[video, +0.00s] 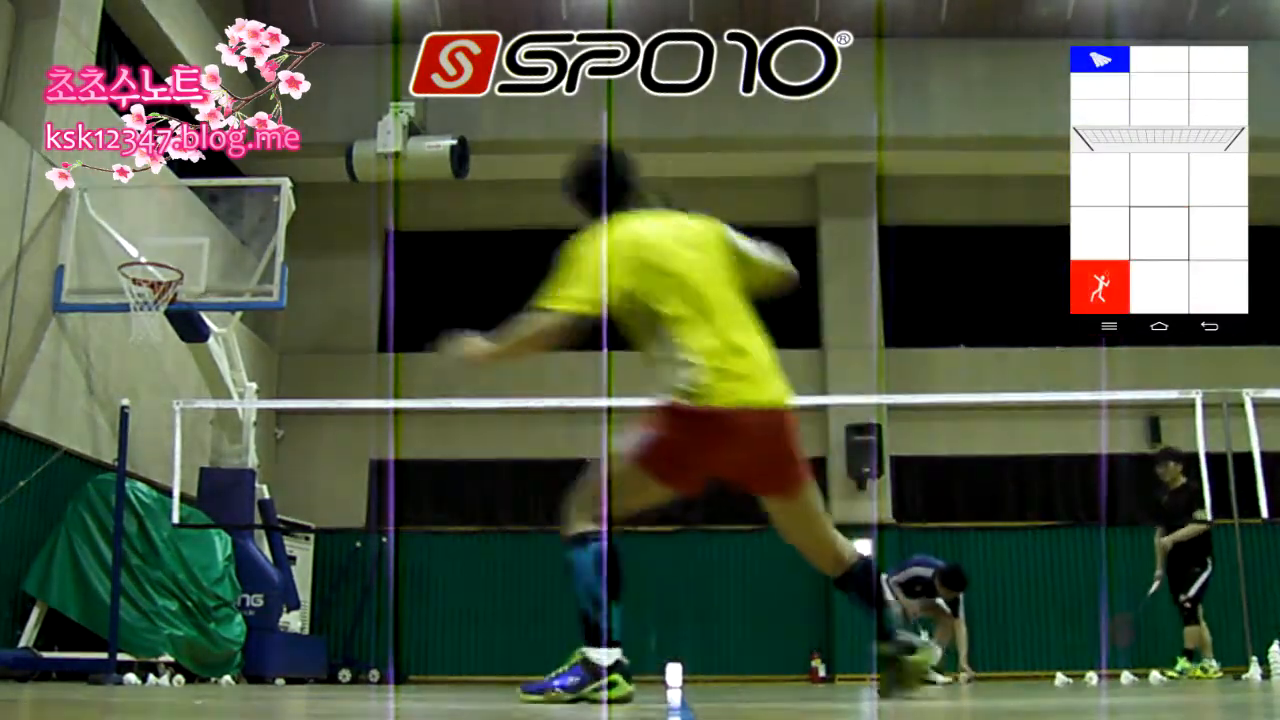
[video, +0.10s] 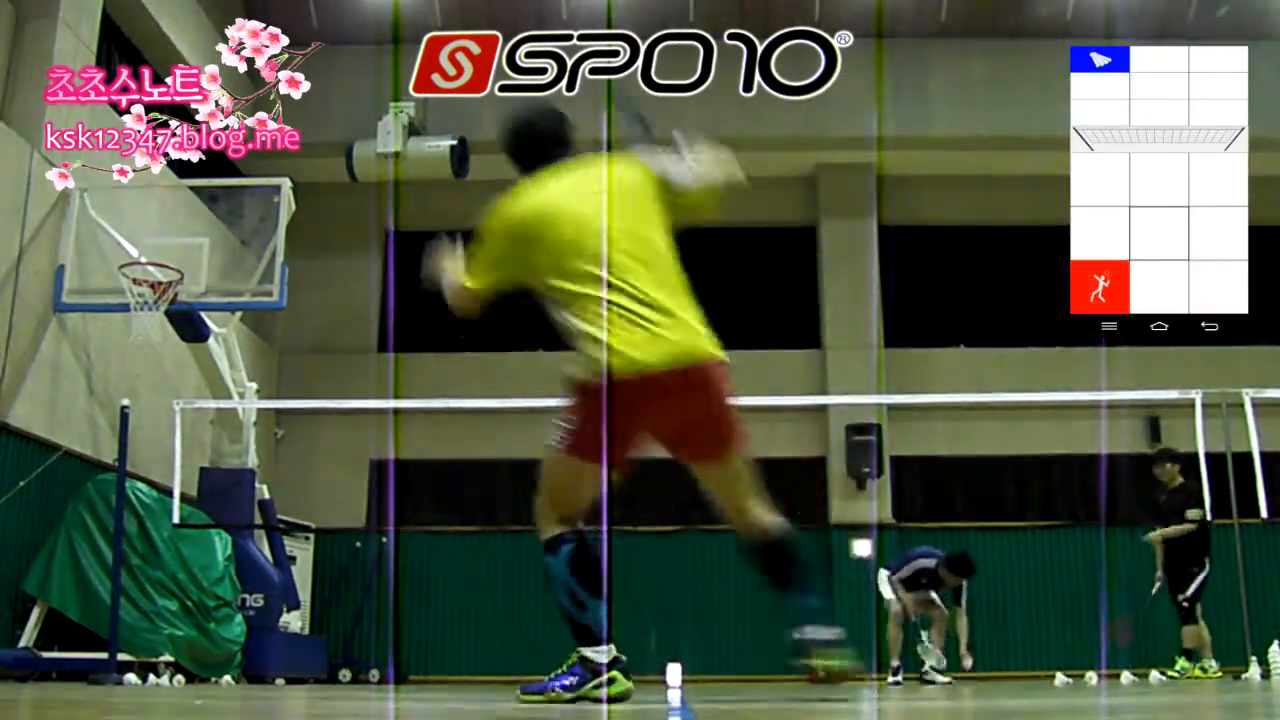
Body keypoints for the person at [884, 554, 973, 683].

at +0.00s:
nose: (950, 598)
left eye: (953, 595)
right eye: (948, 593)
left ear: (957, 591)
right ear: (939, 583)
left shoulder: (955, 591)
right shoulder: (920, 570)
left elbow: (959, 623)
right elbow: (891, 581)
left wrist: (963, 662)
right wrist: (906, 603)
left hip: (923, 598)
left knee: (947, 621)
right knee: (896, 612)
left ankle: (927, 667)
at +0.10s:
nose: (957, 584)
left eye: (959, 581)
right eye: (956, 580)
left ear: (960, 578)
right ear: (946, 572)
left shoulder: (958, 580)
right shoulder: (923, 563)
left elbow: (960, 613)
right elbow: (894, 578)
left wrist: (963, 650)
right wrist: (906, 601)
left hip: (919, 587)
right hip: (893, 580)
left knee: (940, 615)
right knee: (896, 611)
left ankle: (930, 668)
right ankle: (895, 666)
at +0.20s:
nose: (966, 561)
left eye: (968, 558)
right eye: (965, 557)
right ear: (955, 552)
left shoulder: (961, 561)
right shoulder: (930, 550)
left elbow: (960, 591)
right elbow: (901, 575)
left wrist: (968, 621)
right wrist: (910, 603)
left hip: (916, 579)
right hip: (891, 572)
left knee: (939, 613)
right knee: (898, 610)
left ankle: (930, 666)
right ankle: (895, 666)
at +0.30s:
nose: (971, 538)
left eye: (973, 534)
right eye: (969, 533)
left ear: (966, 532)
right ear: (960, 529)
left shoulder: (960, 543)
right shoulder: (935, 536)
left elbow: (963, 573)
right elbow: (906, 565)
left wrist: (986, 596)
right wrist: (914, 597)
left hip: (919, 573)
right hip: (894, 568)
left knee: (943, 611)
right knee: (901, 612)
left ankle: (934, 663)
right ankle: (895, 666)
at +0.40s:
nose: (980, 517)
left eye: (982, 513)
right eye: (977, 512)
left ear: (970, 511)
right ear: (965, 510)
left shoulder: (964, 526)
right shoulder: (941, 522)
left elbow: (971, 557)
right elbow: (913, 552)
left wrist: (1003, 571)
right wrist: (921, 587)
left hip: (924, 570)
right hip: (901, 566)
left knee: (948, 610)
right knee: (904, 612)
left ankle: (940, 664)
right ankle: (895, 667)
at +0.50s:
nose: (983, 506)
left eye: (985, 502)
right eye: (981, 501)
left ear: (983, 502)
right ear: (971, 498)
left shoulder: (968, 520)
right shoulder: (948, 512)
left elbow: (979, 547)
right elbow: (921, 543)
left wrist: (1020, 552)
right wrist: (932, 575)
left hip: (933, 571)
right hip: (913, 566)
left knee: (952, 615)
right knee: (914, 610)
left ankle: (944, 668)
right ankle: (898, 665)